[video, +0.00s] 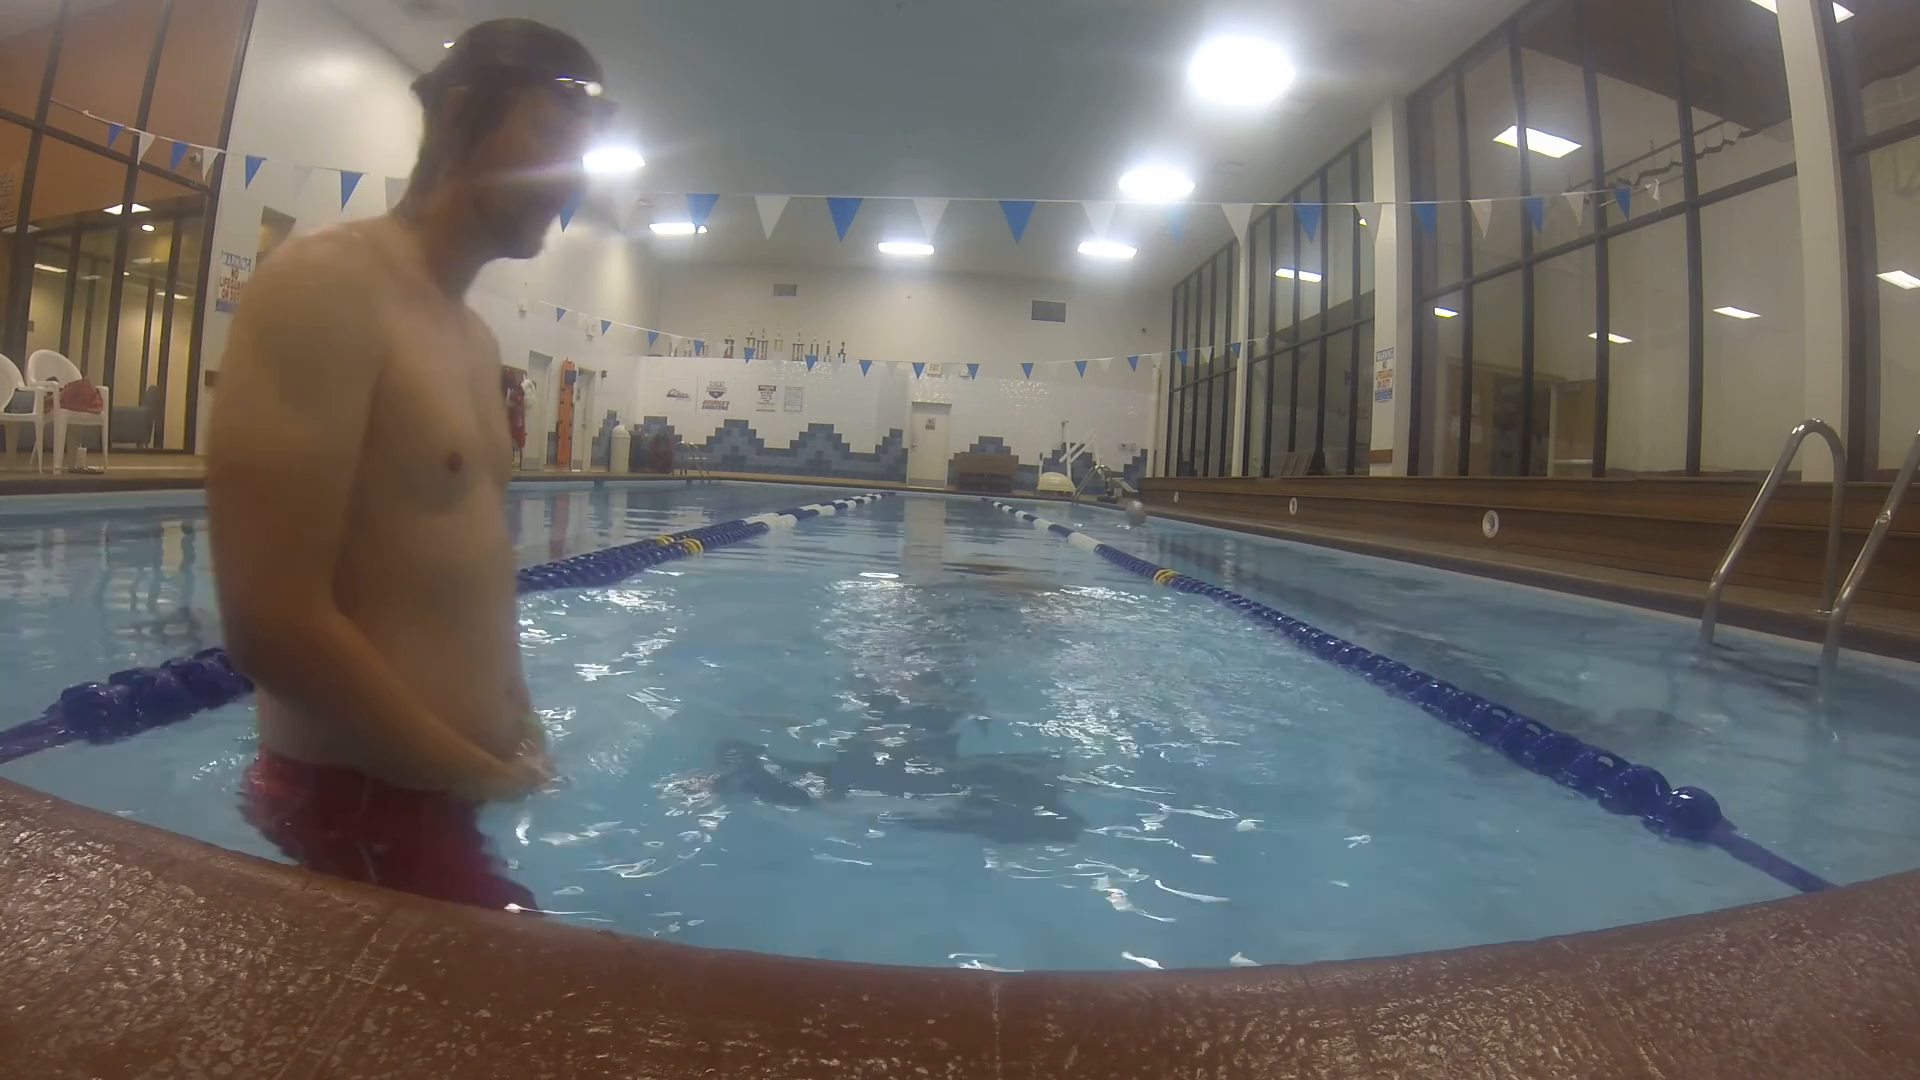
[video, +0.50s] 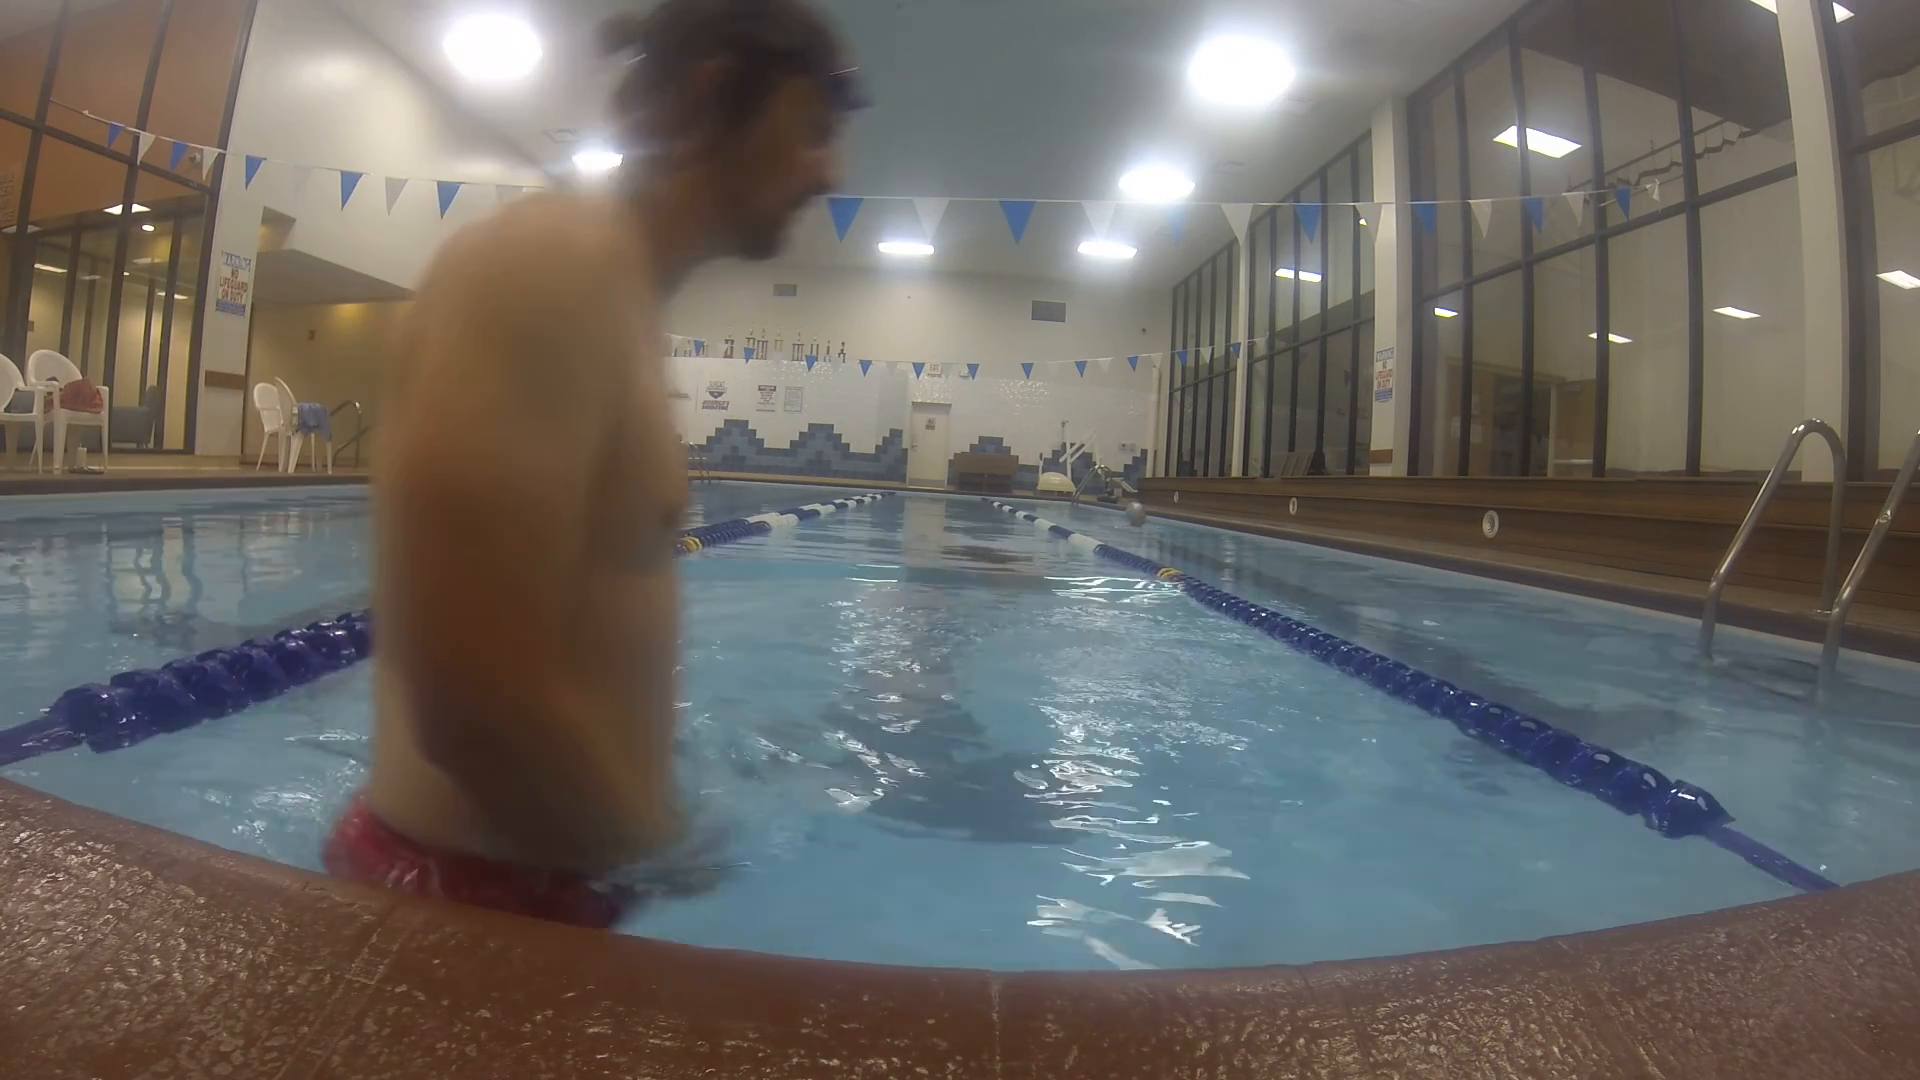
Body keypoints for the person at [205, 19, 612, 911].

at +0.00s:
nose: (575, 178)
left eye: (584, 149)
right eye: (558, 134)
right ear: (464, 115)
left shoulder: (471, 331)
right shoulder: (320, 286)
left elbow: (452, 573)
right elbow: (271, 621)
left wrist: (516, 727)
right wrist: (475, 772)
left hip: (431, 801)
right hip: (354, 805)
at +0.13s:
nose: (614, 179)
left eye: (618, 149)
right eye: (596, 136)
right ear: (510, 123)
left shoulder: (491, 339)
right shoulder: (348, 292)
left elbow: (470, 587)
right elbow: (298, 633)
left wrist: (538, 745)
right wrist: (509, 794)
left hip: (450, 823)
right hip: (373, 829)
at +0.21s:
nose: (647, 185)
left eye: (652, 158)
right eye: (631, 145)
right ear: (542, 126)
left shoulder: (508, 335)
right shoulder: (378, 292)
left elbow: (484, 600)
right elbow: (323, 643)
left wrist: (557, 758)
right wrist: (538, 810)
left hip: (455, 837)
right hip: (380, 846)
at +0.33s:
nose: (717, 191)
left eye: (717, 159)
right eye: (698, 150)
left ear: (626, 148)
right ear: (610, 135)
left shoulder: (542, 322)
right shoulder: (438, 294)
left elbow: (493, 612)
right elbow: (375, 661)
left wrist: (588, 774)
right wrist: (562, 818)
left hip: (481, 860)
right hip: (404, 872)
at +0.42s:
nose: (775, 186)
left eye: (777, 151)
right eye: (757, 142)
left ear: (661, 127)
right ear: (660, 119)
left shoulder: (578, 313)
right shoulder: (486, 284)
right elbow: (421, 670)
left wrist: (621, 786)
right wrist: (593, 821)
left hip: (501, 869)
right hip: (428, 878)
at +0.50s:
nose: (829, 174)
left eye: (832, 137)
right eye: (815, 126)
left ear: (713, 95)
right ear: (716, 91)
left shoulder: (606, 283)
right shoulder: (541, 263)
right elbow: (473, 689)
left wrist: (659, 829)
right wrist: (654, 849)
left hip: (531, 884)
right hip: (466, 894)